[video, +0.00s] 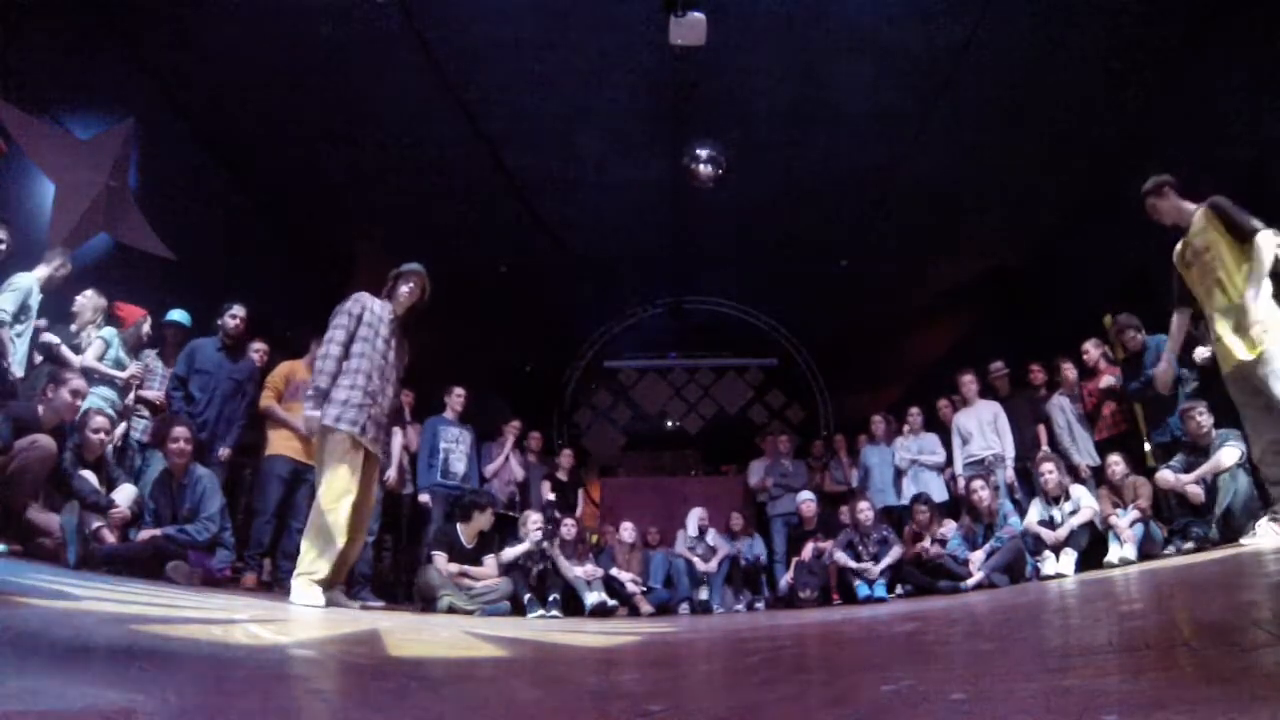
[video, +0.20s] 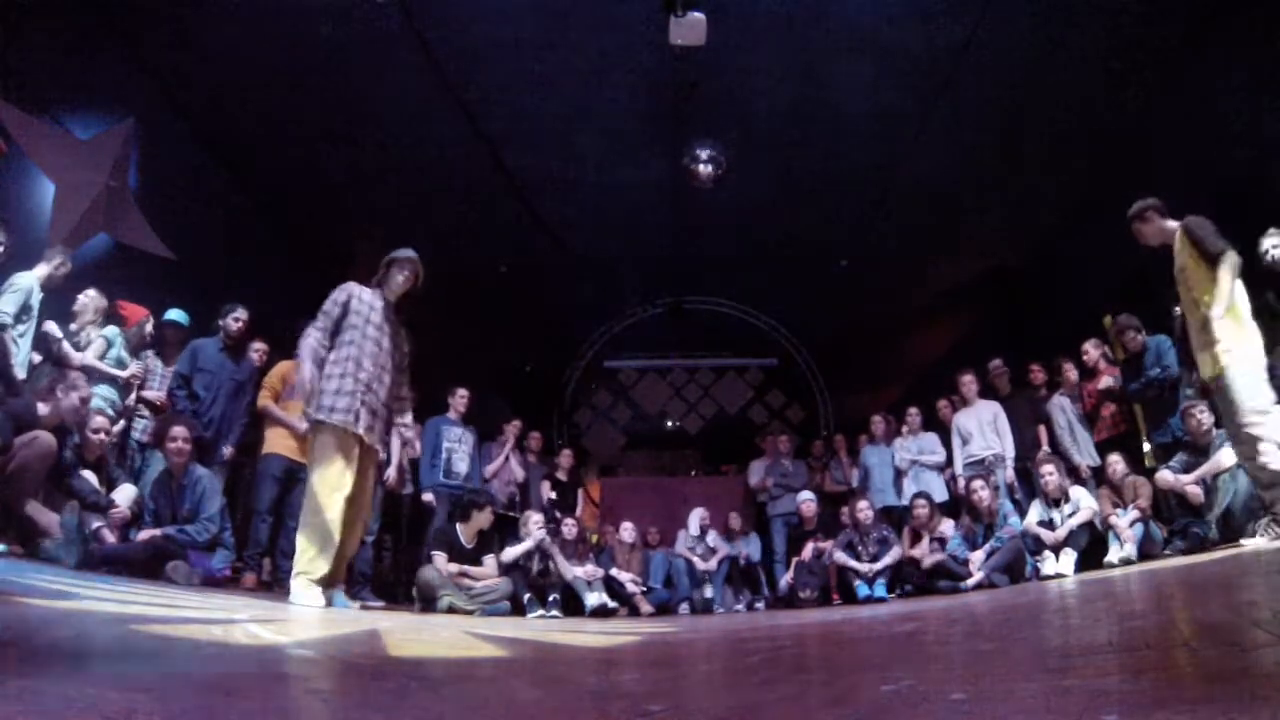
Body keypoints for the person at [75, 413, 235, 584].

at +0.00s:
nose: (181, 447)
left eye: (187, 441)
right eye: (175, 441)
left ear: (193, 446)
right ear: (164, 446)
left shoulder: (205, 479)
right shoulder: (160, 481)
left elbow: (206, 531)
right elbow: (148, 524)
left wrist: (161, 533)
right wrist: (147, 537)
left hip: (211, 553)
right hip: (173, 547)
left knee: (158, 544)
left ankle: (97, 554)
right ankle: (180, 574)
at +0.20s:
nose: (179, 447)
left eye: (185, 441)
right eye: (173, 440)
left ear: (192, 446)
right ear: (163, 446)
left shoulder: (206, 480)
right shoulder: (160, 481)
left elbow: (207, 532)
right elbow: (148, 523)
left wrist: (162, 533)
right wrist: (146, 537)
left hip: (210, 554)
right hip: (172, 548)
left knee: (157, 545)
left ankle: (96, 554)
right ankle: (179, 575)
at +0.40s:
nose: (178, 445)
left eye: (185, 440)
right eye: (172, 439)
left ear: (193, 446)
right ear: (162, 445)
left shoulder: (205, 480)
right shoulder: (160, 480)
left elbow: (207, 532)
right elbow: (150, 523)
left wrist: (162, 533)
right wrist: (145, 541)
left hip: (208, 552)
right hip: (170, 548)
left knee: (159, 544)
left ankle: (89, 554)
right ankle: (182, 575)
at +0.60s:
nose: (177, 445)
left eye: (184, 440)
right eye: (172, 439)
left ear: (192, 446)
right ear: (162, 445)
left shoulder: (205, 480)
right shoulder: (159, 482)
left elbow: (208, 532)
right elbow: (149, 524)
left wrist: (161, 533)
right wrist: (143, 538)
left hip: (209, 553)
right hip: (171, 546)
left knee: (158, 544)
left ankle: (91, 554)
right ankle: (181, 575)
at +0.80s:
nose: (176, 447)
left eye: (183, 441)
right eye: (170, 441)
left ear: (192, 446)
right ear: (162, 446)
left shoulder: (207, 480)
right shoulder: (160, 480)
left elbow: (207, 531)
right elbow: (149, 523)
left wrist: (162, 533)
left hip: (209, 553)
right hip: (171, 548)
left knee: (156, 545)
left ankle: (96, 555)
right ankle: (181, 575)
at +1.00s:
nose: (173, 447)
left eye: (180, 442)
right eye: (168, 441)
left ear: (190, 447)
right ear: (161, 446)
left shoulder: (204, 479)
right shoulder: (160, 480)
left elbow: (208, 531)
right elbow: (149, 522)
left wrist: (163, 533)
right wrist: (145, 539)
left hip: (206, 552)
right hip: (170, 546)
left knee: (155, 546)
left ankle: (95, 555)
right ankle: (180, 575)